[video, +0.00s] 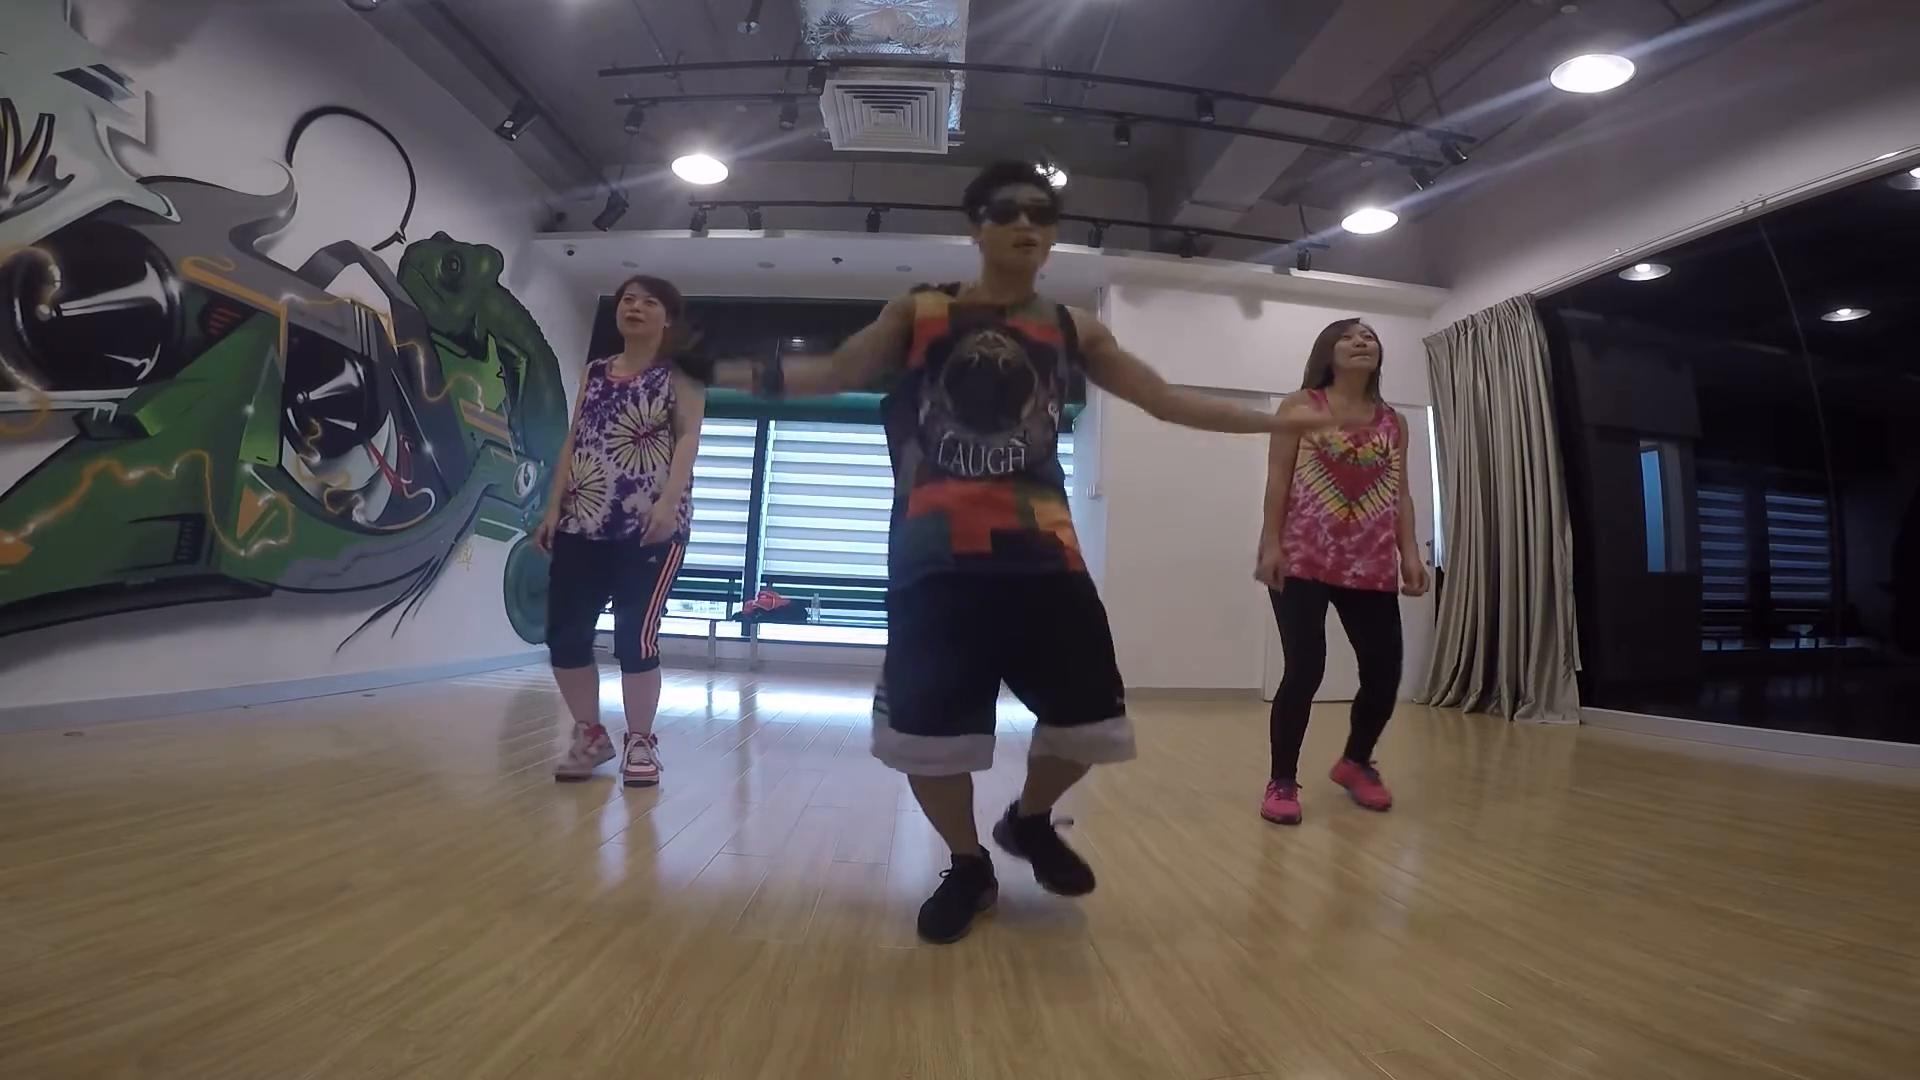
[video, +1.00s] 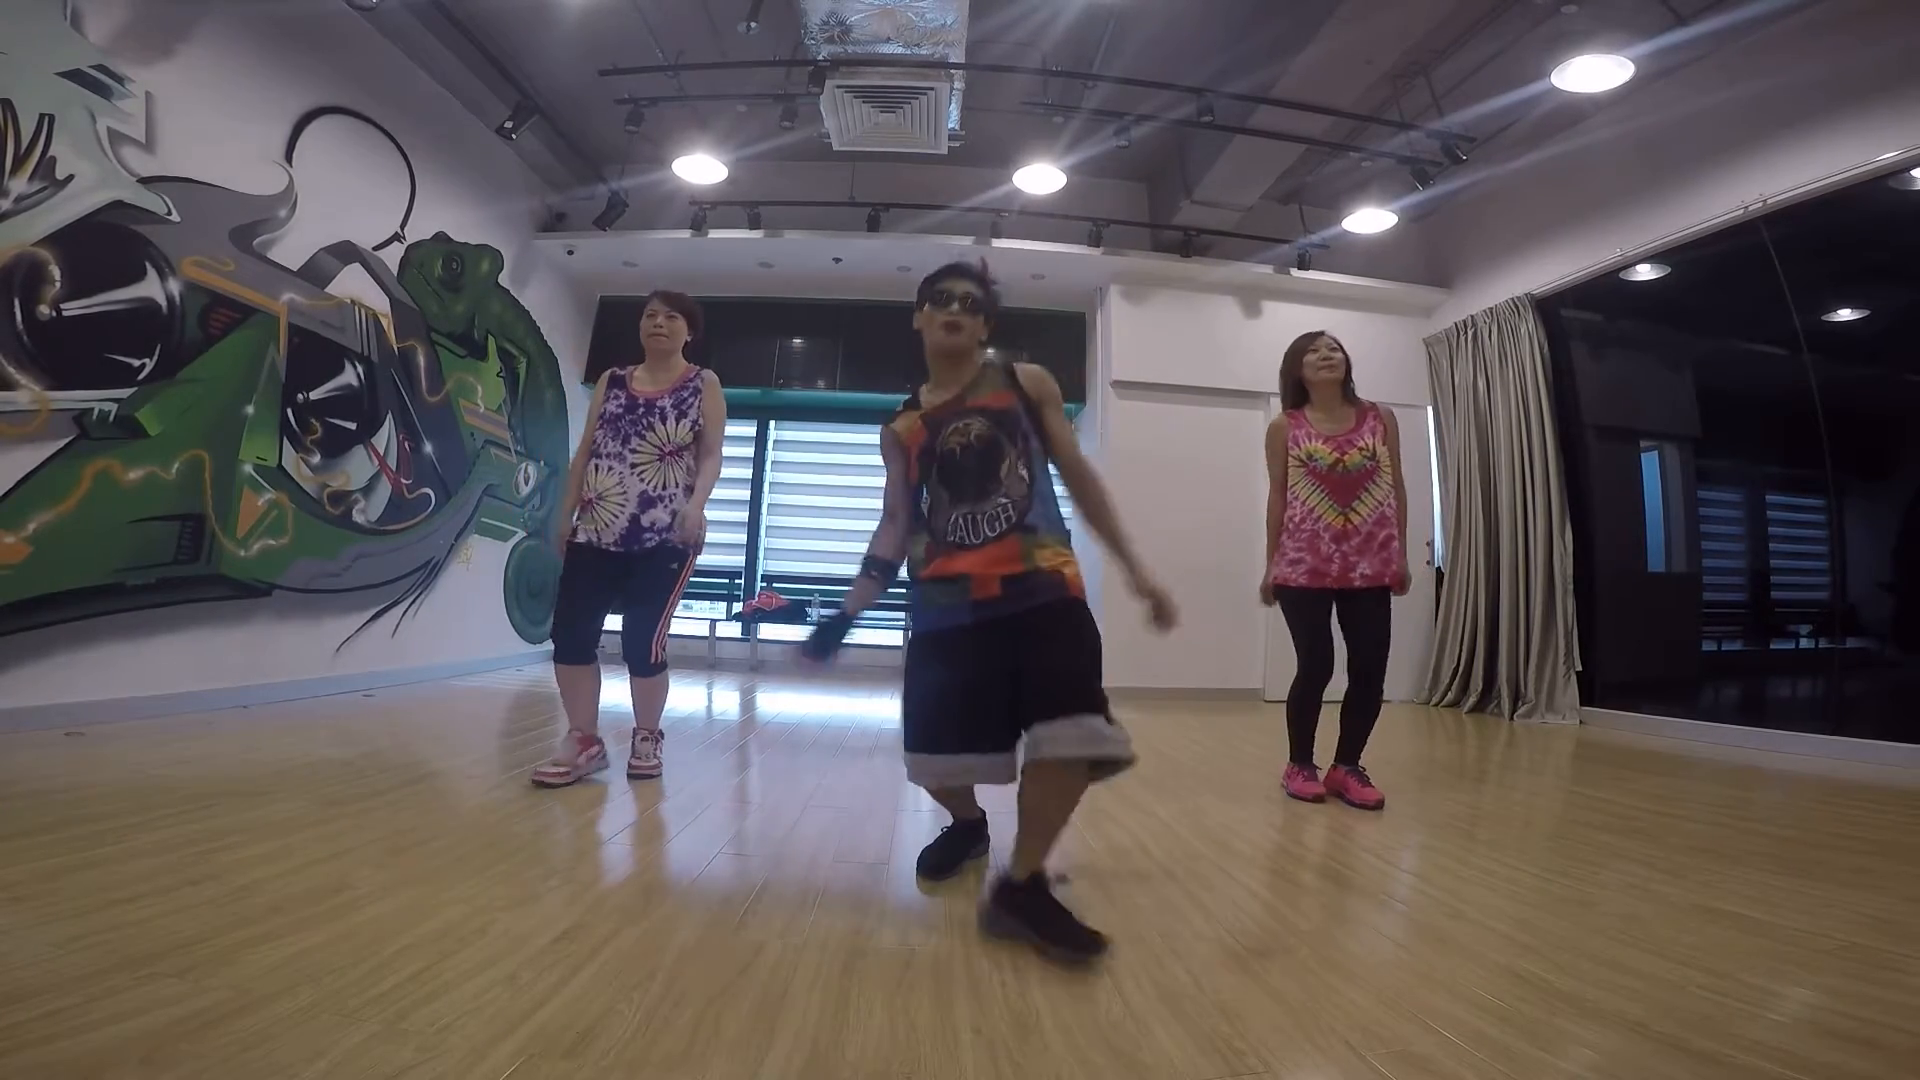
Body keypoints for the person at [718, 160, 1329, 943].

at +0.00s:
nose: (1027, 232)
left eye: (1041, 220)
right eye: (1009, 217)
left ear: (1053, 237)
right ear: (974, 228)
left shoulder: (1073, 331)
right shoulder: (915, 317)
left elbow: (1166, 398)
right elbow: (831, 369)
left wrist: (1275, 419)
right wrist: (755, 373)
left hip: (1044, 558)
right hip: (938, 560)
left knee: (1089, 723)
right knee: (924, 739)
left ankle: (1026, 821)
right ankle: (966, 867)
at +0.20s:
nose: (1049, 244)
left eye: (1062, 235)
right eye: (1029, 234)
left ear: (1077, 262)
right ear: (996, 257)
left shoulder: (1081, 367)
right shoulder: (939, 321)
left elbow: (1135, 462)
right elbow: (844, 361)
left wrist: (1246, 466)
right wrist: (763, 369)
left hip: (1031, 586)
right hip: (925, 580)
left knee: (1060, 767)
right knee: (913, 761)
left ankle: (1025, 864)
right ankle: (969, 867)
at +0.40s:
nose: (1048, 257)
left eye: (1062, 247)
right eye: (1028, 246)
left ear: (1077, 272)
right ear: (997, 268)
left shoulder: (1093, 388)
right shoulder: (942, 349)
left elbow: (1086, 499)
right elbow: (920, 467)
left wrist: (1071, 584)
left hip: (1050, 596)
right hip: (944, 589)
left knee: (1087, 767)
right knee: (916, 759)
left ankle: (1031, 863)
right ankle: (970, 864)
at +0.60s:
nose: (1008, 234)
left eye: (1023, 227)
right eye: (991, 223)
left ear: (1039, 251)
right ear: (961, 246)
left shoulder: (1078, 334)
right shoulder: (933, 345)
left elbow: (1101, 448)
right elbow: (934, 459)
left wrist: (1051, 507)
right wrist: (983, 515)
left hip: (1065, 576)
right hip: (962, 570)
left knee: (1078, 735)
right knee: (903, 722)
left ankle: (1025, 866)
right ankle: (937, 826)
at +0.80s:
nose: (973, 273)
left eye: (988, 265)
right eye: (958, 260)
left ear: (1005, 287)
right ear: (931, 281)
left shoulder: (1045, 350)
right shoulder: (917, 388)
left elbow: (1114, 427)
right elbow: (901, 479)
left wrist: (1159, 520)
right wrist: (884, 528)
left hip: (1061, 576)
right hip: (963, 586)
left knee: (1084, 740)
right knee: (935, 740)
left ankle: (1024, 867)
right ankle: (964, 817)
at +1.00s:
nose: (955, 312)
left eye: (970, 305)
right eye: (942, 302)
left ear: (989, 326)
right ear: (917, 320)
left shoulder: (1027, 383)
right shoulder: (904, 428)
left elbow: (1081, 480)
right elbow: (894, 526)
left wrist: (1137, 572)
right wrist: (845, 615)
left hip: (1041, 592)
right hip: (948, 603)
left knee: (1073, 737)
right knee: (934, 754)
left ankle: (1021, 884)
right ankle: (968, 823)